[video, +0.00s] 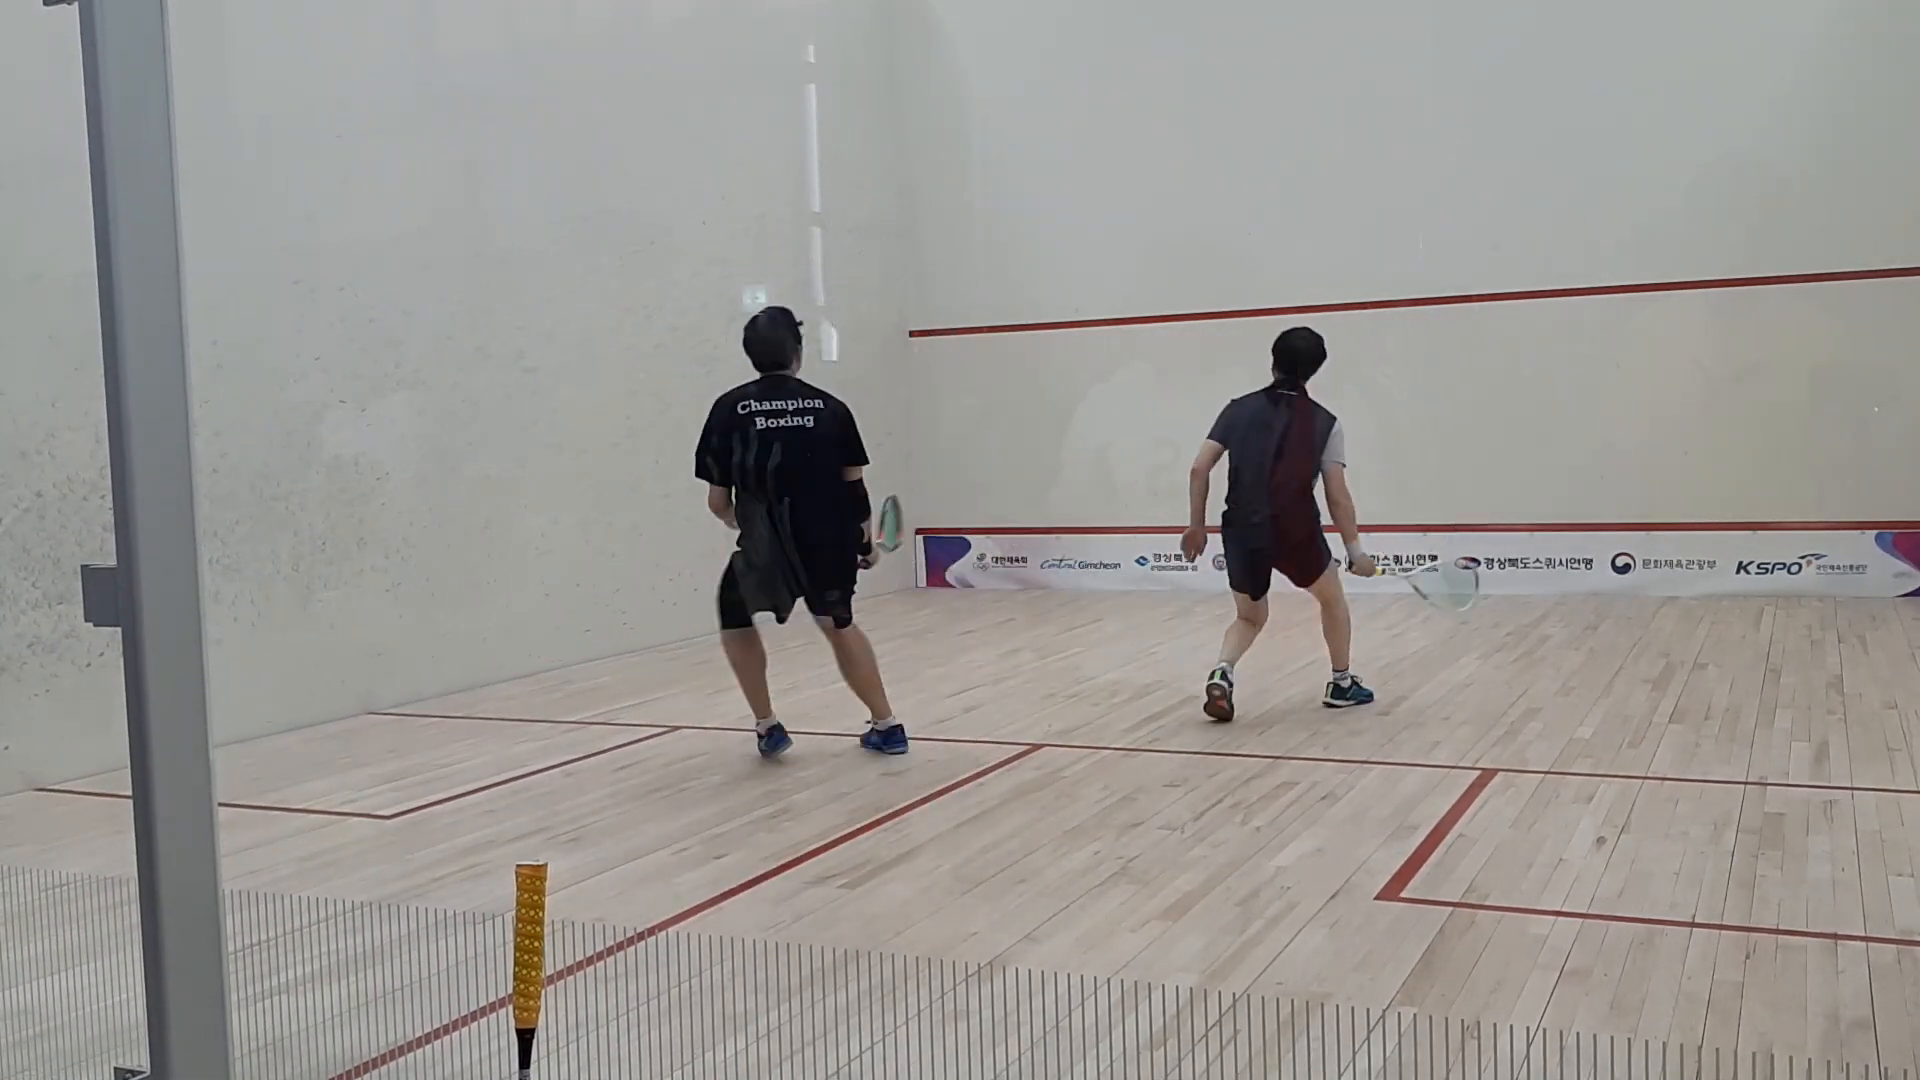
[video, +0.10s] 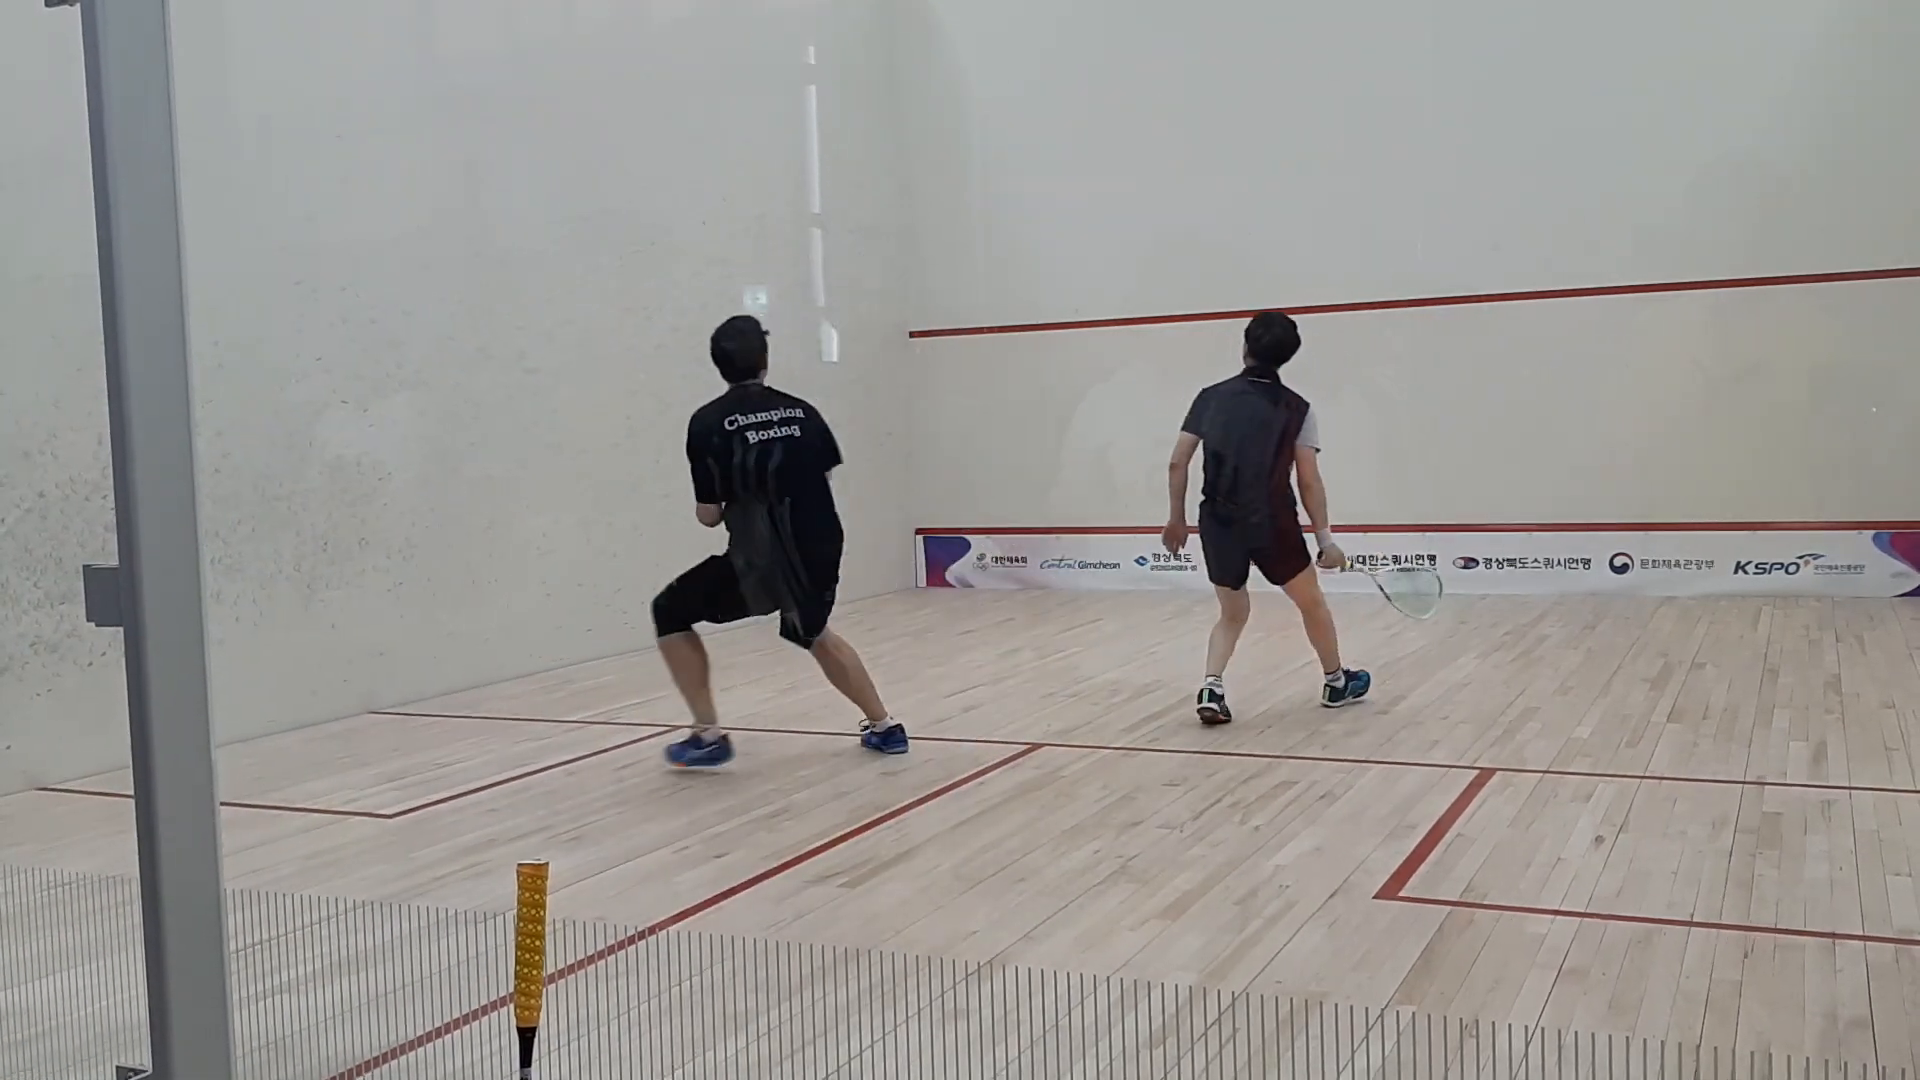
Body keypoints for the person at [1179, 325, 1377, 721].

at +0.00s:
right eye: (1317, 364)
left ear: (1274, 361)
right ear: (1314, 368)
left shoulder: (1238, 409)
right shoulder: (1324, 422)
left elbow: (1199, 468)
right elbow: (1336, 494)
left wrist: (1196, 526)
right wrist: (1355, 551)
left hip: (1240, 533)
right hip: (1296, 534)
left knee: (1249, 617)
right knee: (1331, 598)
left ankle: (1222, 673)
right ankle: (1342, 681)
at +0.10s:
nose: (1242, 344)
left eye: (1245, 339)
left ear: (1246, 347)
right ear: (1288, 355)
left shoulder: (1211, 398)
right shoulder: (1297, 409)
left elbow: (1178, 462)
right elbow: (1309, 481)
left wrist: (1177, 519)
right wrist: (1326, 540)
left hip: (1218, 526)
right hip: (1272, 527)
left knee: (1232, 614)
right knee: (1312, 602)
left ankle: (1211, 688)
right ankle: (1336, 679)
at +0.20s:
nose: (1214, 332)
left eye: (1217, 328)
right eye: (1218, 326)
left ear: (1219, 340)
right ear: (1259, 347)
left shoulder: (1184, 392)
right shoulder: (1272, 401)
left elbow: (1154, 460)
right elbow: (1288, 475)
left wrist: (1150, 514)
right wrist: (1307, 533)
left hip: (1197, 522)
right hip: (1253, 520)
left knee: (1216, 610)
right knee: (1295, 594)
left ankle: (1207, 695)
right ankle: (1306, 685)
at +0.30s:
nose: (1188, 320)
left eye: (1192, 318)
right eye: (1192, 315)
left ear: (1198, 331)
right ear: (1233, 335)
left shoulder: (1162, 383)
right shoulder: (1254, 388)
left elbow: (1137, 453)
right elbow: (1271, 462)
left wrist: (1129, 508)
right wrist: (1290, 516)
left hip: (1182, 514)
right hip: (1235, 512)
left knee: (1205, 607)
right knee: (1266, 598)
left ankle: (1207, 699)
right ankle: (1251, 678)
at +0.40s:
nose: (1166, 305)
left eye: (1171, 301)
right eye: (1170, 298)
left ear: (1180, 316)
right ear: (1211, 319)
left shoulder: (1147, 369)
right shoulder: (1234, 371)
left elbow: (1130, 442)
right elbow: (1254, 443)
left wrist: (1116, 500)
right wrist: (1270, 497)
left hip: (1163, 504)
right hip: (1215, 503)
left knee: (1183, 606)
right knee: (1220, 608)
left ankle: (1203, 699)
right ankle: (1205, 686)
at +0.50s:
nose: (1143, 310)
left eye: (1149, 307)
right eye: (1148, 303)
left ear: (1160, 321)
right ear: (1189, 325)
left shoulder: (1131, 375)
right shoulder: (1214, 376)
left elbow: (1117, 451)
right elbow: (1234, 444)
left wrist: (1100, 509)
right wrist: (1247, 495)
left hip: (1143, 512)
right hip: (1196, 513)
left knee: (1154, 605)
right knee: (1193, 621)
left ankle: (1165, 699)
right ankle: (1185, 708)